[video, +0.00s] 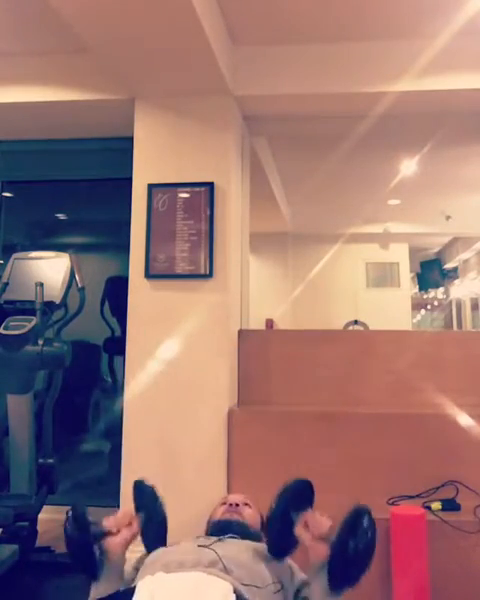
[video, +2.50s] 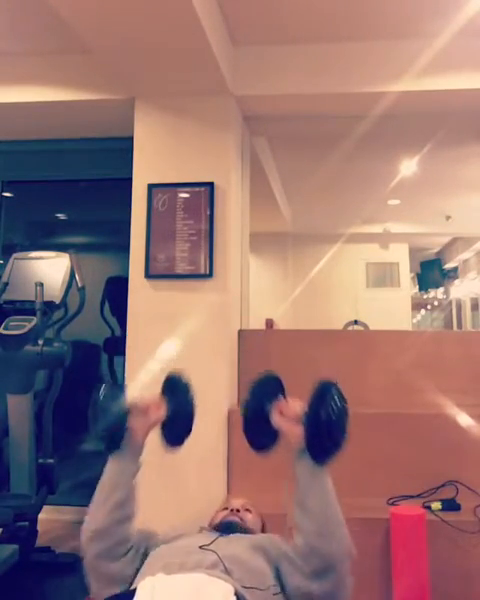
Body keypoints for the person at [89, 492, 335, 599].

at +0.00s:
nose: (233, 504)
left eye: (246, 505)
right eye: (225, 503)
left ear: (261, 525)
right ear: (208, 522)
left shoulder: (272, 555)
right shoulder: (158, 554)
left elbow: (309, 595)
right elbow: (109, 595)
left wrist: (324, 567)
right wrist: (111, 560)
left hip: (220, 589)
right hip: (150, 589)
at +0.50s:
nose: (233, 515)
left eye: (245, 516)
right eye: (225, 514)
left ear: (263, 535)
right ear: (207, 526)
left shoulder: (277, 552)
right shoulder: (157, 549)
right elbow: (95, 538)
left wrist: (308, 440)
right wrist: (122, 439)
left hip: (229, 589)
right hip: (155, 585)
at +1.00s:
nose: (235, 510)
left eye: (248, 512)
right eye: (226, 510)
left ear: (263, 531)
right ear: (208, 525)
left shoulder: (283, 557)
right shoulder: (149, 553)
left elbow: (317, 523)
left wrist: (298, 426)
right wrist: (126, 424)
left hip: (225, 589)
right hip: (152, 588)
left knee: (201, 589)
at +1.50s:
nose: (229, 501)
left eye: (240, 502)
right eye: (219, 500)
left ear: (256, 525)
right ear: (202, 520)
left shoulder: (268, 555)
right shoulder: (156, 553)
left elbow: (299, 596)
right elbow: (114, 597)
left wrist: (316, 580)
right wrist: (104, 568)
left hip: (219, 588)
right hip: (150, 586)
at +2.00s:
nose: (232, 515)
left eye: (244, 517)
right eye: (224, 514)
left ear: (262, 534)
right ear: (206, 528)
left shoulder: (284, 558)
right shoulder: (153, 545)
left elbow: (323, 520)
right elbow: (110, 510)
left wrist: (302, 422)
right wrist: (133, 415)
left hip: (229, 590)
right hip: (154, 588)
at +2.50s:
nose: (235, 510)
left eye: (246, 511)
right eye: (227, 509)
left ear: (262, 531)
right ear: (207, 524)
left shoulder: (275, 551)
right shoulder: (158, 548)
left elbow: (329, 558)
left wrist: (304, 450)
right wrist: (131, 443)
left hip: (229, 588)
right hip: (153, 586)